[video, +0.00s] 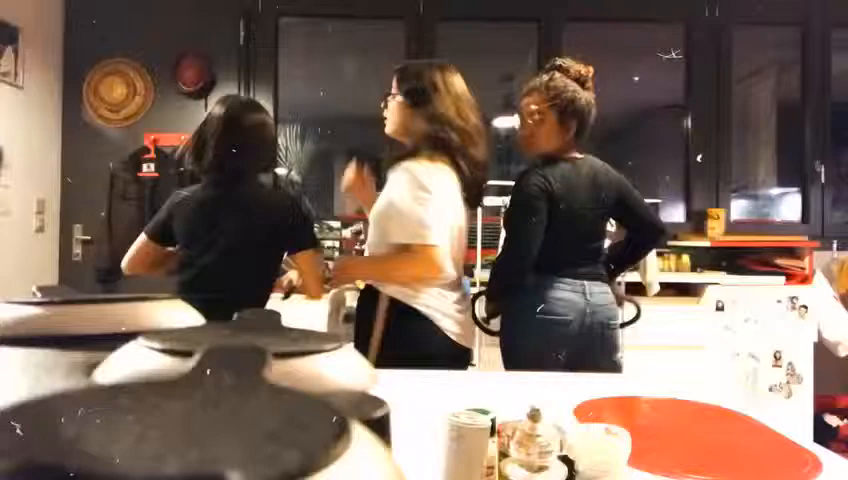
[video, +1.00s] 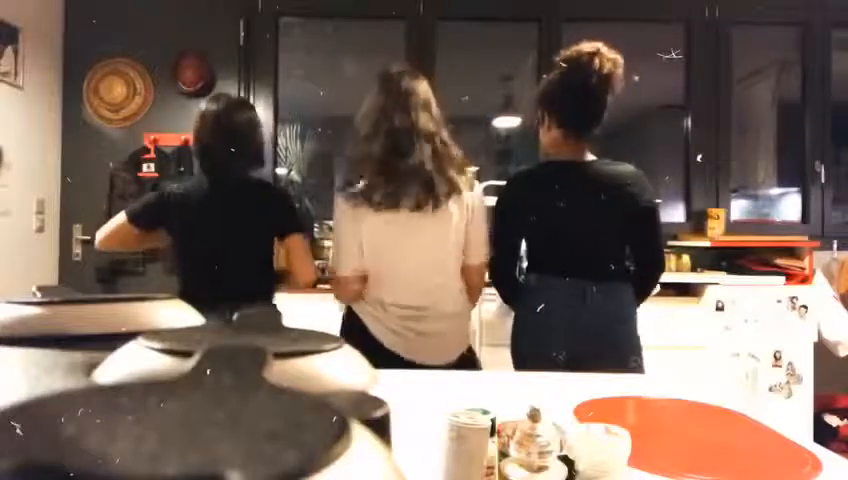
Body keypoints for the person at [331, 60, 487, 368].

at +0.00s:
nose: (384, 105)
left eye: (393, 96)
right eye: (388, 96)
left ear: (422, 105)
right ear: (421, 107)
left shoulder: (413, 174)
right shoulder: (443, 173)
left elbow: (430, 262)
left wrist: (355, 268)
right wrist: (370, 201)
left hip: (409, 329)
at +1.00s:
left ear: (370, 124)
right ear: (433, 117)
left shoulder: (355, 199)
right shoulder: (465, 192)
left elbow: (346, 289)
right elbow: (475, 277)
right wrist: (457, 316)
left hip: (375, 346)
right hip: (449, 346)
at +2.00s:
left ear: (378, 122)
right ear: (440, 119)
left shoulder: (352, 194)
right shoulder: (467, 192)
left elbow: (329, 280)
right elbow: (477, 275)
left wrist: (373, 264)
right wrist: (436, 258)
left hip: (366, 351)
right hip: (440, 355)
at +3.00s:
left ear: (374, 109)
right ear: (439, 107)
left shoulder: (347, 180)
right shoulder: (464, 180)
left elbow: (333, 267)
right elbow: (475, 264)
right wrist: (438, 241)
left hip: (369, 345)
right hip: (443, 347)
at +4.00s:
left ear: (373, 113)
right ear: (436, 109)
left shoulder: (351, 185)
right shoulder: (466, 179)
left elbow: (341, 277)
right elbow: (485, 265)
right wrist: (441, 253)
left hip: (374, 348)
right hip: (446, 350)